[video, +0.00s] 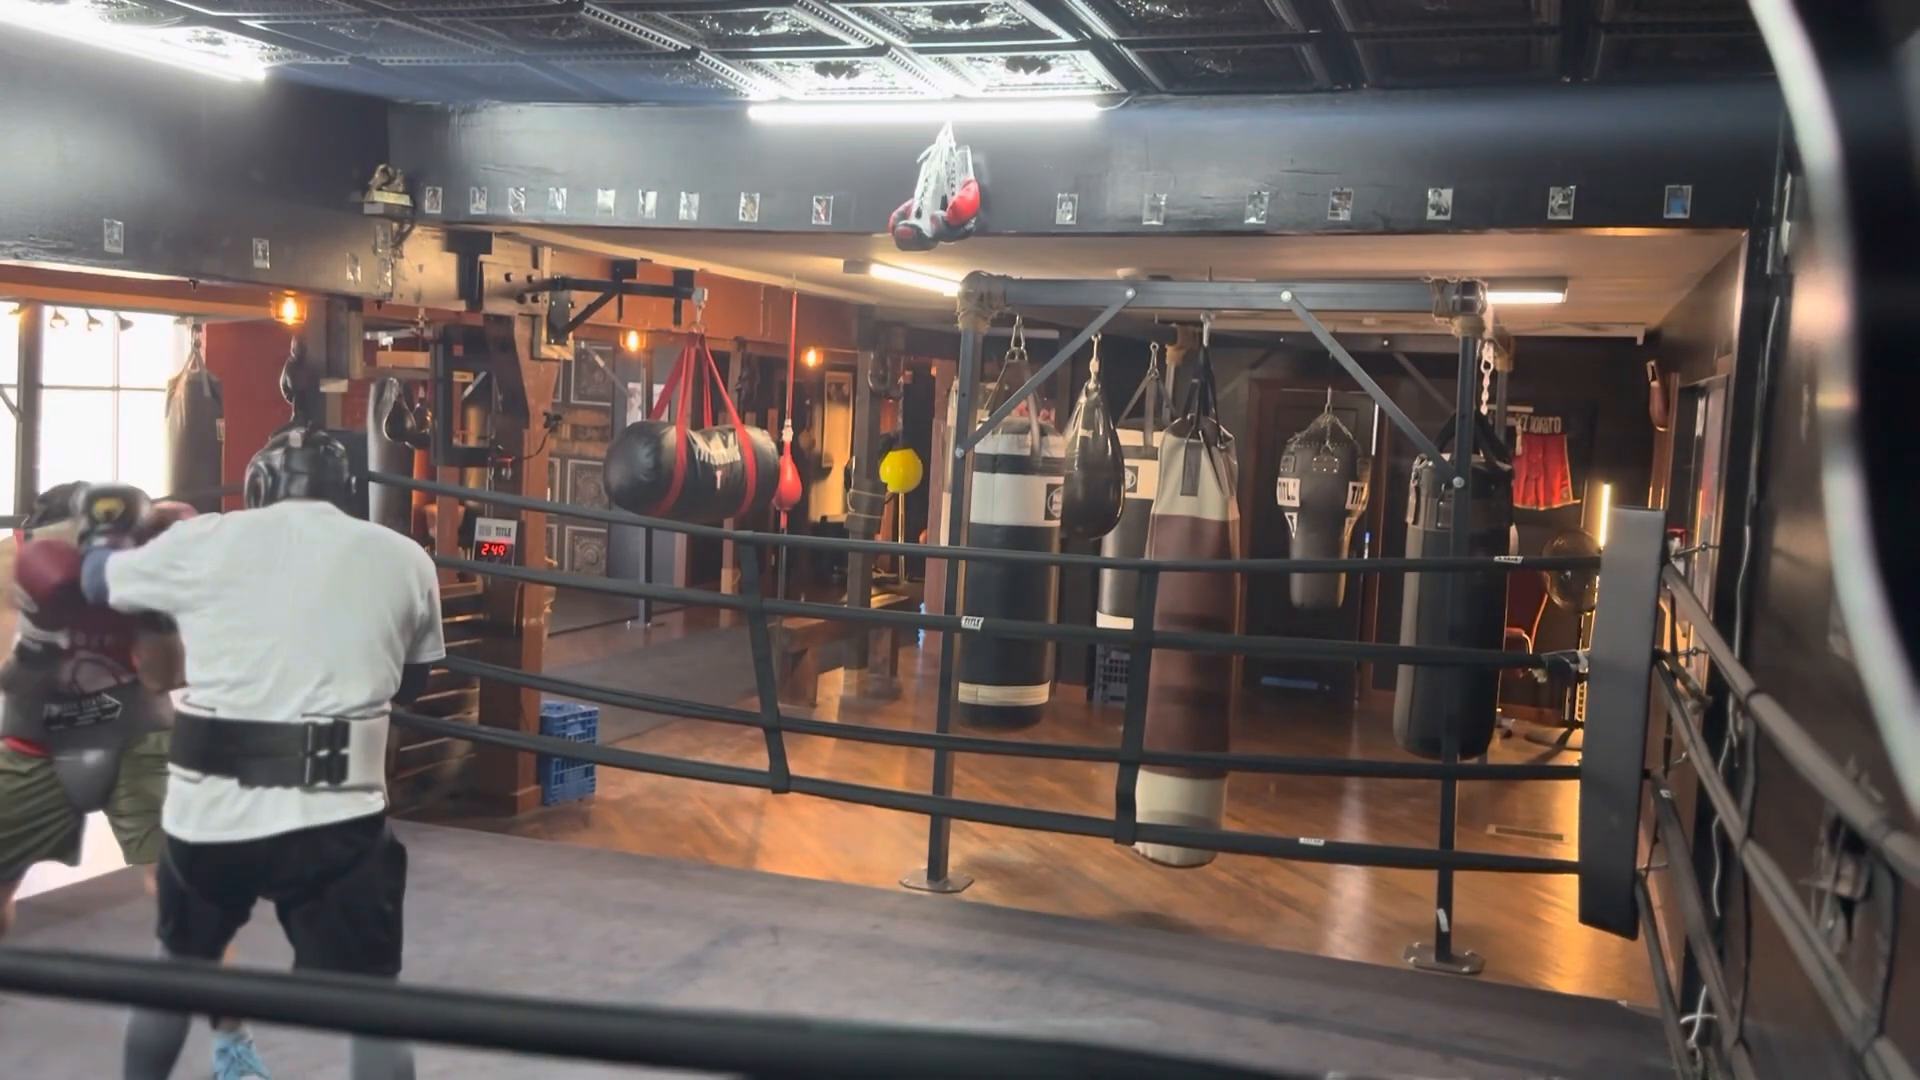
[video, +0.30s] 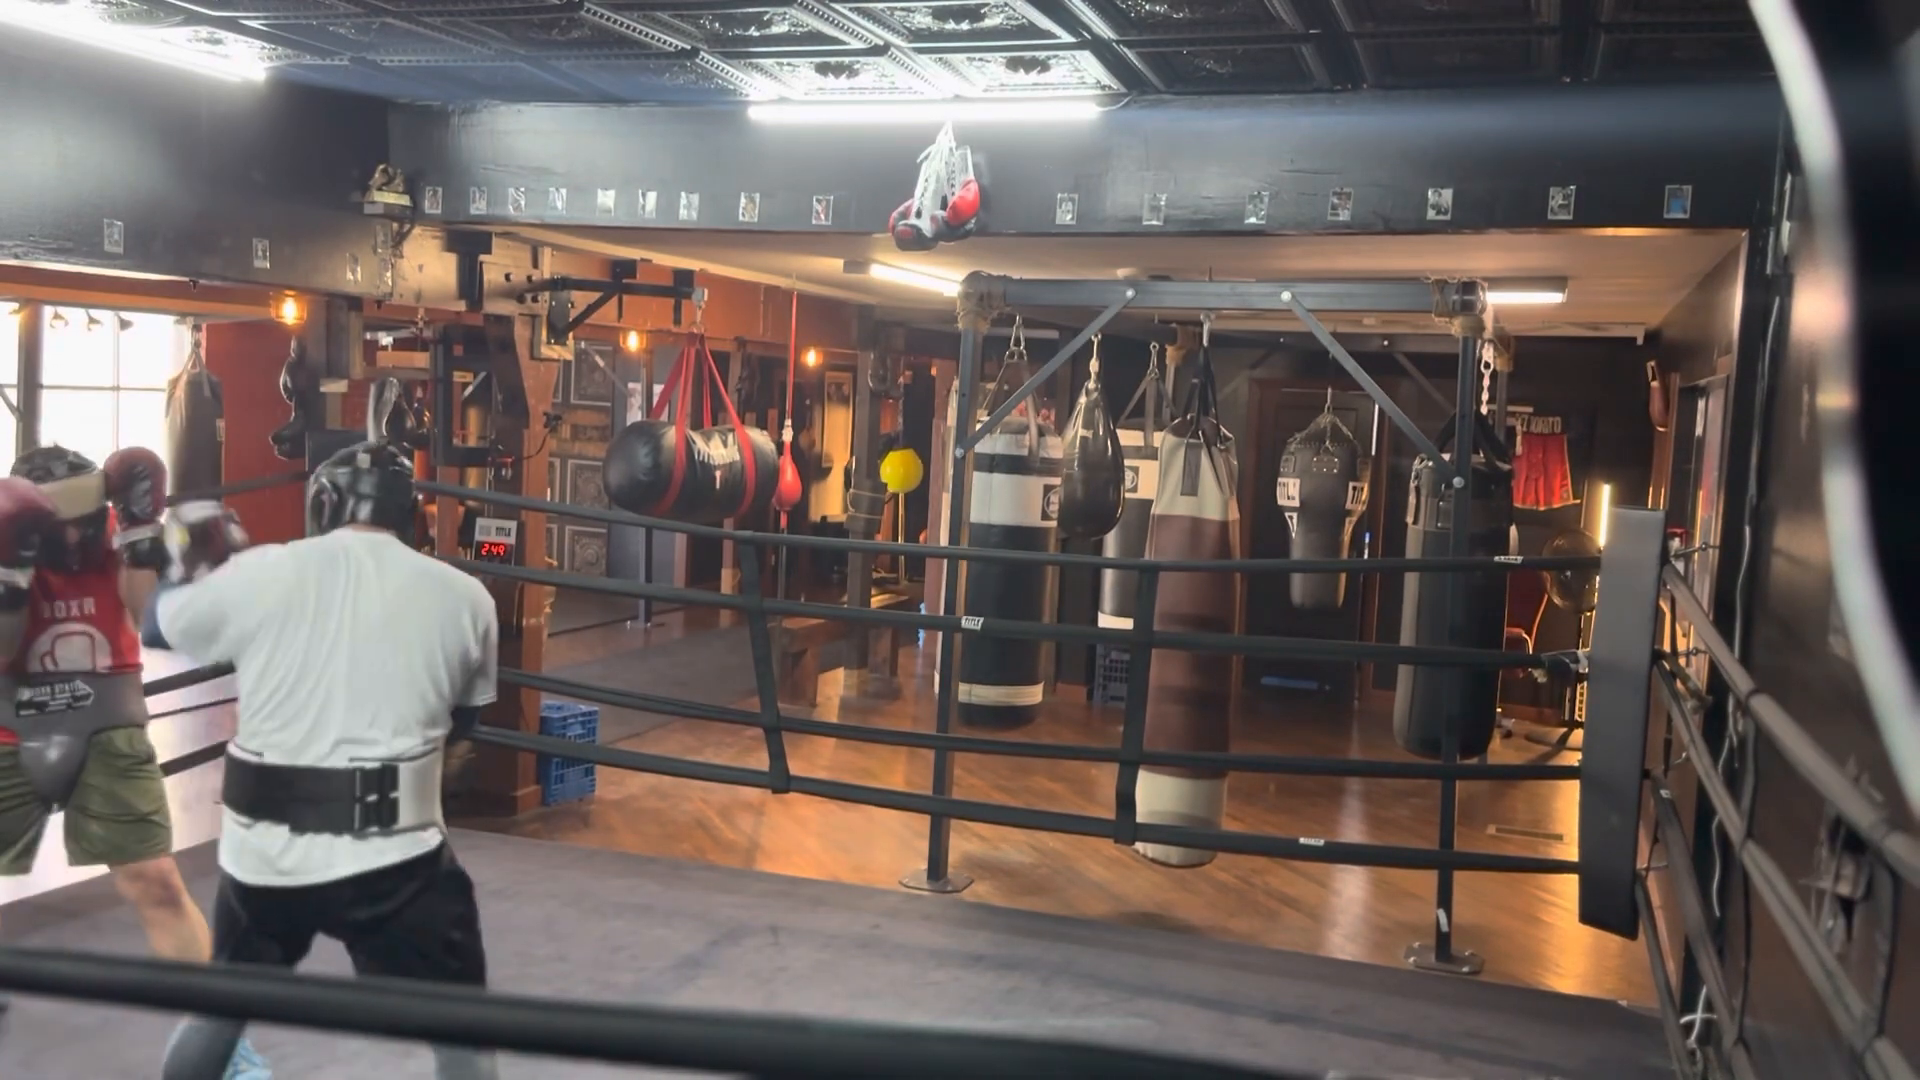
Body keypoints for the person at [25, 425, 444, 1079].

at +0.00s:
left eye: (254, 482)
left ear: (260, 486)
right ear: (348, 488)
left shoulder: (206, 542)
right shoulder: (403, 557)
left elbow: (98, 576)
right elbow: (413, 675)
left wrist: (121, 532)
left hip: (211, 824)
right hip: (339, 828)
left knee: (176, 976)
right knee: (375, 1011)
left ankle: (139, 1076)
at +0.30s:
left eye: (317, 499)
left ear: (325, 503)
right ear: (409, 512)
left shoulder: (262, 574)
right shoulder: (464, 597)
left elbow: (159, 623)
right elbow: (460, 725)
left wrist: (175, 562)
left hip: (265, 863)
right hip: (398, 865)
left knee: (222, 1007)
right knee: (463, 1034)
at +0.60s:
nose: (315, 491)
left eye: (320, 480)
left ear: (333, 483)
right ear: (418, 488)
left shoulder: (277, 560)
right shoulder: (481, 566)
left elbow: (186, 664)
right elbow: (501, 675)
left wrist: (220, 598)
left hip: (290, 837)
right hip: (418, 841)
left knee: (263, 991)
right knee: (442, 1033)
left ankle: (229, 1073)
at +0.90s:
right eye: (369, 488)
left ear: (280, 486)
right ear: (363, 490)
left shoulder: (223, 554)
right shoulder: (402, 540)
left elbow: (149, 634)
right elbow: (434, 663)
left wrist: (100, 654)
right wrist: (362, 633)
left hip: (242, 814)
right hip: (363, 806)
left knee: (241, 990)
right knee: (431, 980)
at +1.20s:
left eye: (274, 481)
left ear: (282, 486)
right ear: (369, 496)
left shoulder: (218, 544)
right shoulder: (409, 554)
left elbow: (141, 635)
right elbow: (426, 691)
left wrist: (232, 618)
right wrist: (360, 644)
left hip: (220, 822)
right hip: (346, 823)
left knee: (221, 1000)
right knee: (410, 1010)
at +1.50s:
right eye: (459, 490)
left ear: (368, 484)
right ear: (456, 498)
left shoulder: (283, 551)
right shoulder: (490, 577)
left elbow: (199, 658)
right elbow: (490, 671)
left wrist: (294, 641)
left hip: (285, 848)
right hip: (413, 856)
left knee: (255, 1015)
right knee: (418, 1046)